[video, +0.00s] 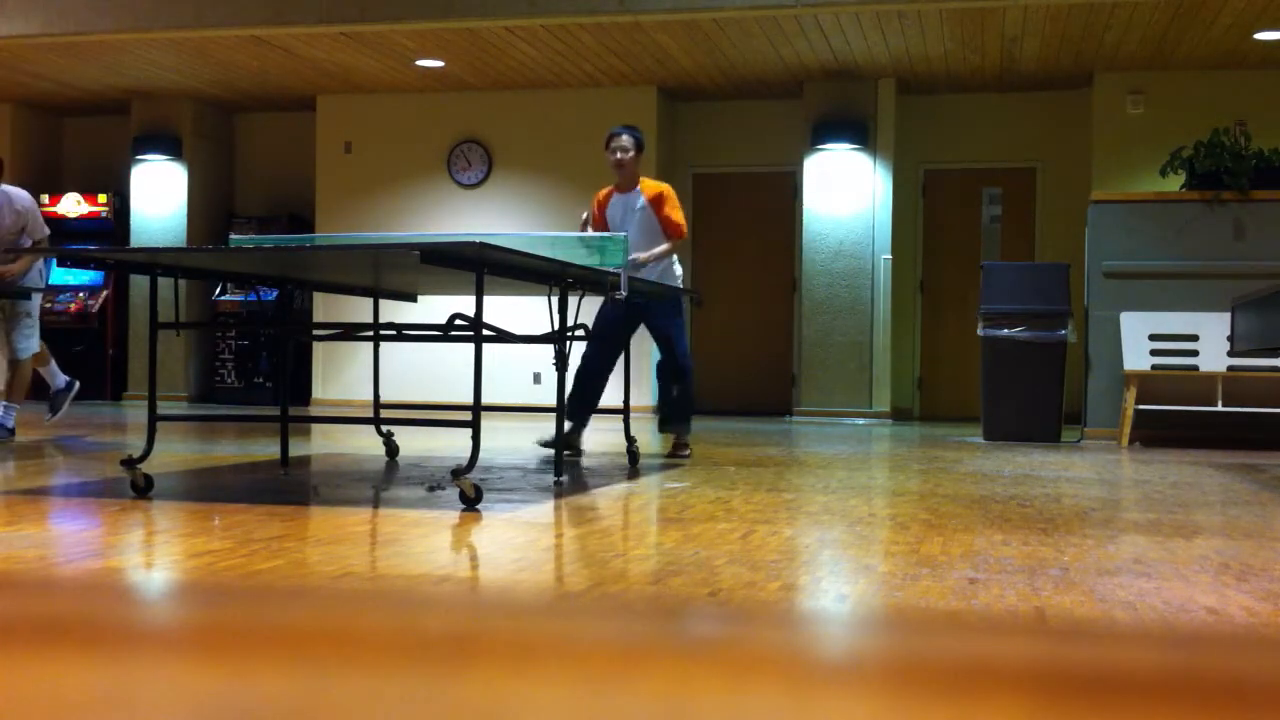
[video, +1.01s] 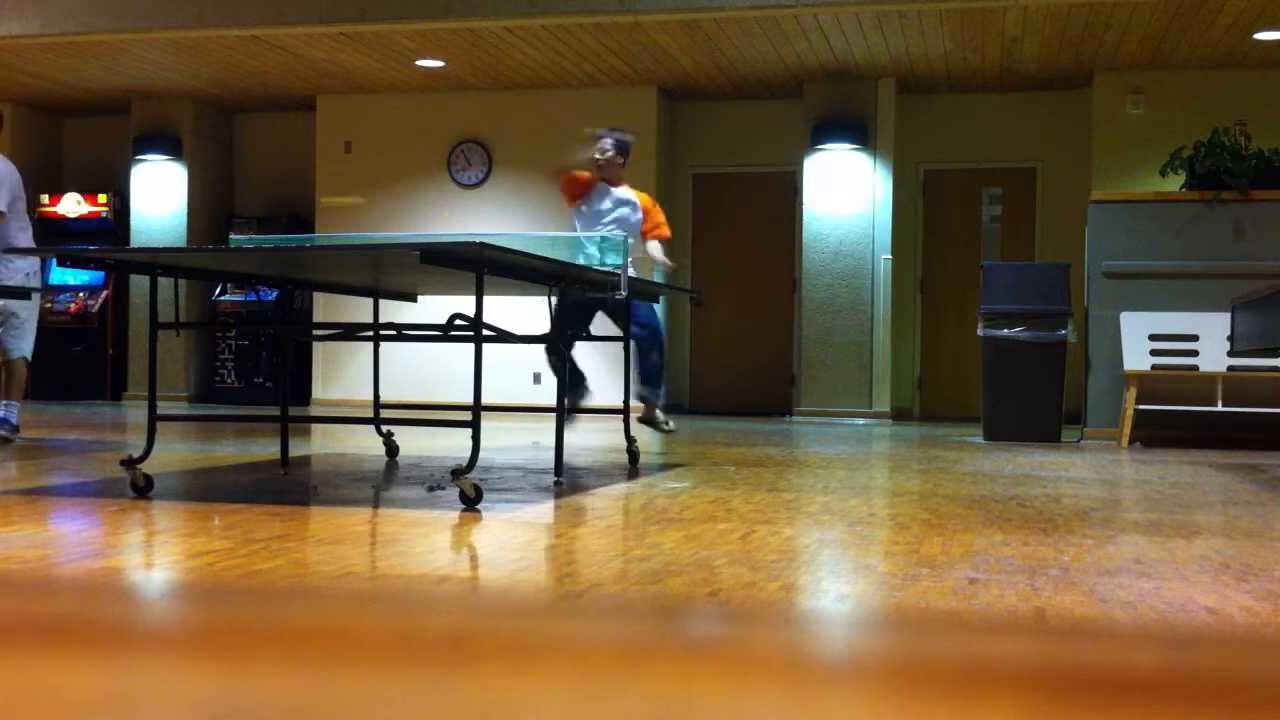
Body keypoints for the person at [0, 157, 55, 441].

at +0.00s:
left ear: (3, 172)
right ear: (3, 173)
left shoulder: (18, 200)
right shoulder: (15, 201)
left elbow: (42, 242)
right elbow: (40, 241)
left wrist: (17, 266)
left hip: (24, 272)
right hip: (4, 273)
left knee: (21, 346)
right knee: (22, 337)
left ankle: (7, 418)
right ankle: (60, 383)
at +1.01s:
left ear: (2, 132)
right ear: (3, 132)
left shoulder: (7, 170)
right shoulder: (8, 169)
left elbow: (6, 221)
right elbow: (18, 229)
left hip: (15, 266)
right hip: (20, 266)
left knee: (15, 347)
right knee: (16, 348)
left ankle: (10, 413)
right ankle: (9, 413)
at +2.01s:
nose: (8, 141)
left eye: (15, 135)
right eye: (5, 135)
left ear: (36, 139)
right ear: (2, 140)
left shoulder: (62, 179)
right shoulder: (2, 181)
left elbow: (81, 225)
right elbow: (3, 221)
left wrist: (40, 229)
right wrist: (3, 229)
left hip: (53, 282)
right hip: (11, 281)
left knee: (62, 355)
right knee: (2, 350)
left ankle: (59, 416)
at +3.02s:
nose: (37, 143)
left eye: (44, 138)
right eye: (35, 138)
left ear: (64, 142)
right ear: (33, 143)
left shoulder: (90, 186)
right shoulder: (23, 183)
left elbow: (108, 229)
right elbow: (13, 228)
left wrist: (93, 239)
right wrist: (11, 253)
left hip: (79, 283)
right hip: (34, 281)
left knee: (94, 351)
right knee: (15, 351)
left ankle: (95, 416)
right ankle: (6, 415)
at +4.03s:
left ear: (5, 134)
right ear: (3, 135)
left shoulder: (31, 171)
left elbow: (55, 216)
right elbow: (50, 216)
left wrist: (14, 232)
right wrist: (14, 234)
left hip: (30, 273)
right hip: (2, 273)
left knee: (47, 344)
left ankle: (66, 406)